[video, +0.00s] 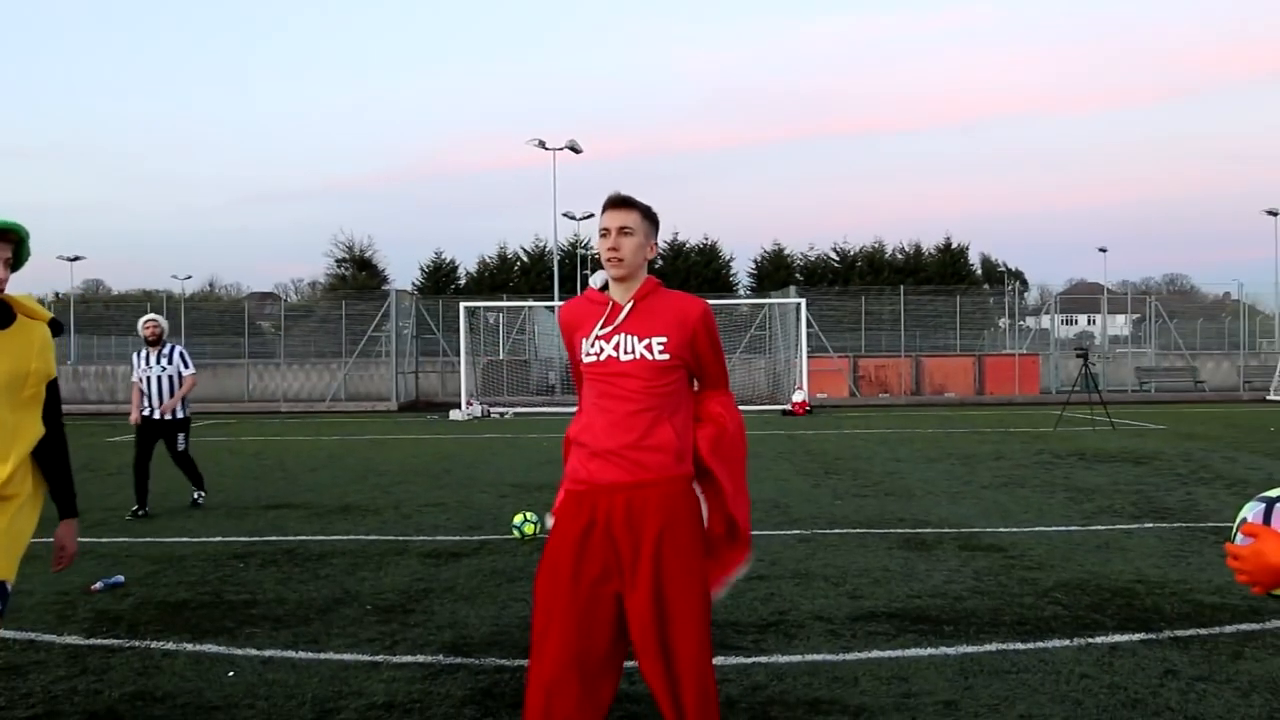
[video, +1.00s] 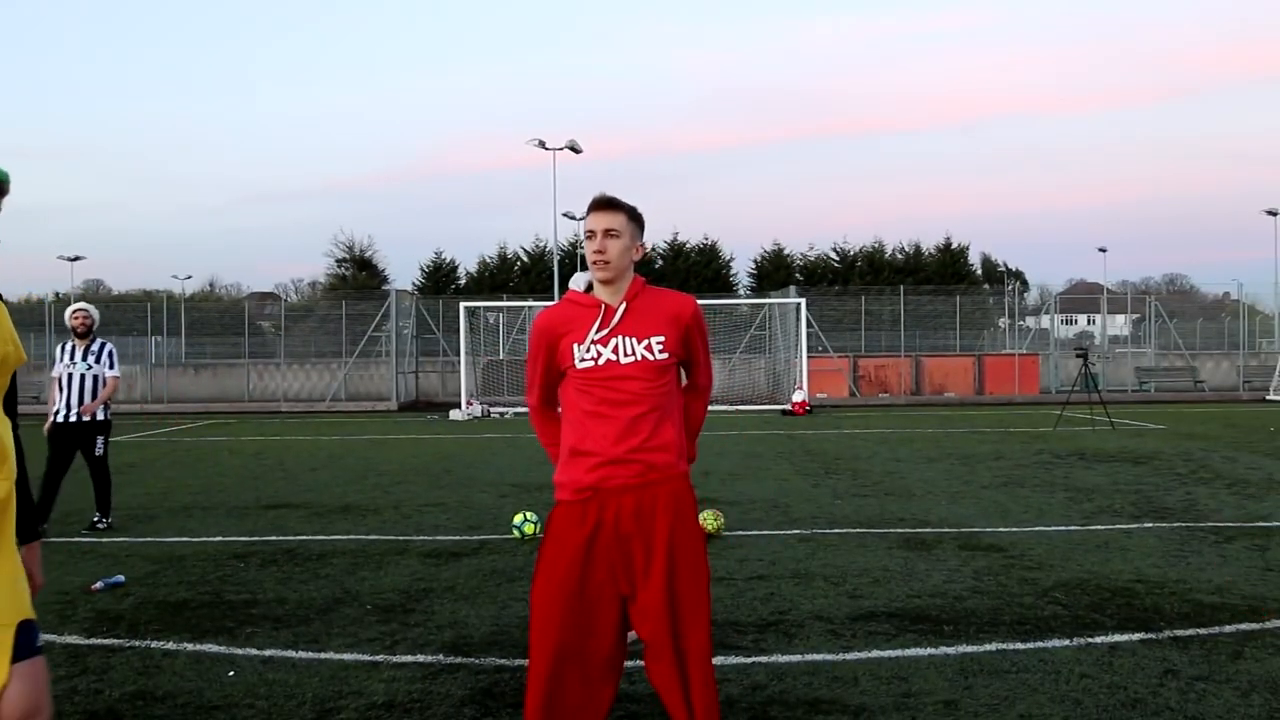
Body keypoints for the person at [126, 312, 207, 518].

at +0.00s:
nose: (151, 331)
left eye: (155, 327)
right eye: (147, 328)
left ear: (162, 330)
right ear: (142, 333)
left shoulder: (177, 352)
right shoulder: (138, 357)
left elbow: (191, 379)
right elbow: (137, 384)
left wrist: (173, 401)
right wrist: (135, 409)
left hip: (175, 418)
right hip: (149, 418)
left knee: (180, 456)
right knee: (141, 461)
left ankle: (199, 488)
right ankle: (141, 505)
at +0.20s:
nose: (134, 324)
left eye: (138, 320)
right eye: (130, 321)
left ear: (145, 323)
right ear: (125, 326)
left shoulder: (160, 345)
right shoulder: (120, 350)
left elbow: (173, 375)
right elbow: (117, 382)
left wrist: (177, 405)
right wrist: (113, 412)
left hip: (156, 409)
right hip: (130, 411)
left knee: (151, 450)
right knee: (133, 458)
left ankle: (163, 489)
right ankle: (140, 504)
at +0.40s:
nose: (122, 326)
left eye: (126, 322)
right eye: (118, 323)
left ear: (133, 326)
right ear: (112, 327)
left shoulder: (147, 349)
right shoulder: (105, 352)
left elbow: (164, 377)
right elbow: (98, 383)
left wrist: (171, 408)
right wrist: (92, 416)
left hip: (140, 412)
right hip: (115, 414)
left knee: (130, 458)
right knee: (128, 460)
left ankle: (119, 504)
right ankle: (140, 505)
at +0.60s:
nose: (110, 327)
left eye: (115, 323)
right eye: (106, 323)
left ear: (122, 328)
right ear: (99, 329)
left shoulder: (133, 353)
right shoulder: (91, 353)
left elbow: (147, 384)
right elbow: (85, 385)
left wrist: (150, 416)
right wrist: (78, 416)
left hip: (124, 416)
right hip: (99, 416)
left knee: (109, 463)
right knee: (102, 464)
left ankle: (104, 514)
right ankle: (131, 496)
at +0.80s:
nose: (98, 321)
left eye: (102, 317)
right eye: (93, 317)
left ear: (110, 321)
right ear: (87, 322)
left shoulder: (121, 347)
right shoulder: (80, 347)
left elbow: (130, 381)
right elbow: (73, 379)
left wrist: (120, 411)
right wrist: (68, 410)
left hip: (106, 416)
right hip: (80, 415)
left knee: (104, 466)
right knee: (69, 460)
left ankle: (104, 515)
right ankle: (92, 496)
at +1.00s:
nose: (81, 321)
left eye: (86, 318)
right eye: (76, 318)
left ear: (93, 322)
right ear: (70, 323)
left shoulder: (106, 349)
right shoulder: (63, 349)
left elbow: (112, 384)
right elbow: (56, 384)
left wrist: (95, 404)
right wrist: (51, 415)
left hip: (94, 422)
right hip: (64, 421)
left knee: (99, 470)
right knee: (52, 473)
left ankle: (103, 516)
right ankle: (39, 521)